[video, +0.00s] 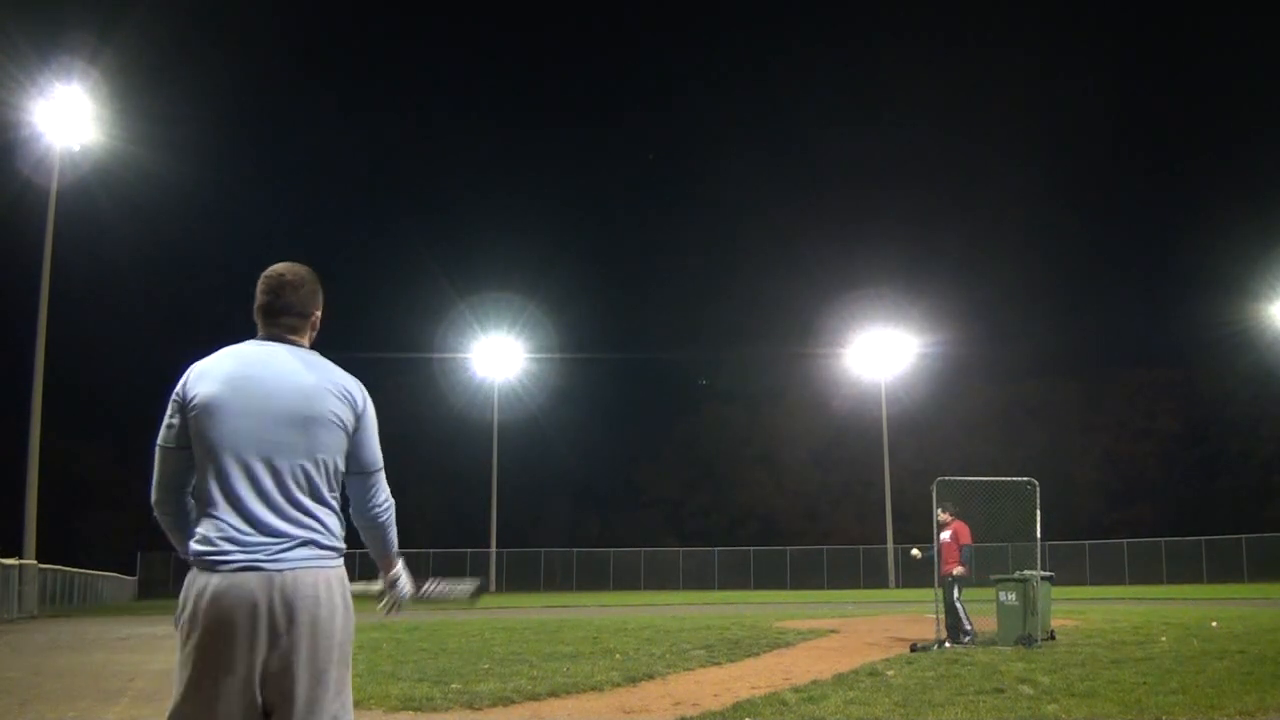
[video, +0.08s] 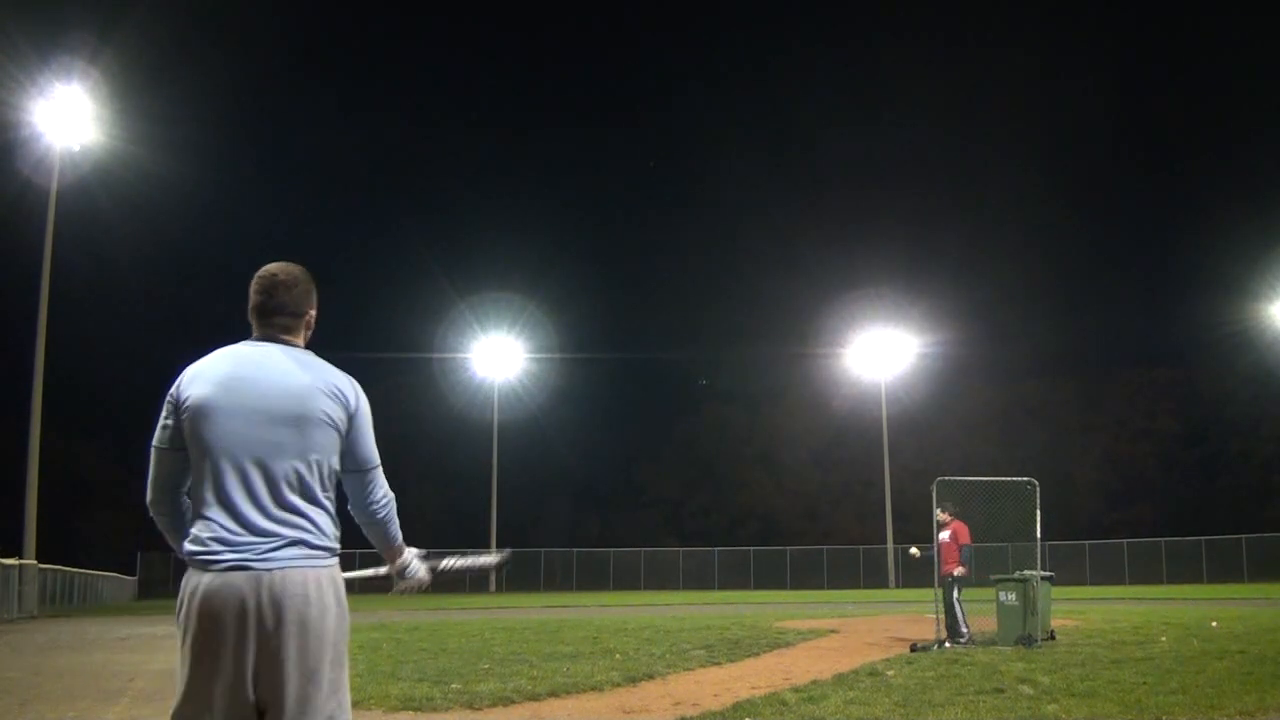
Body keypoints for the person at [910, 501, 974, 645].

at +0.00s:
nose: (938, 518)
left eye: (940, 514)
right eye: (937, 515)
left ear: (948, 514)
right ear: (942, 515)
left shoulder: (959, 526)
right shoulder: (943, 531)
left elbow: (966, 547)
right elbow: (939, 551)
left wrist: (963, 565)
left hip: (955, 571)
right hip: (945, 573)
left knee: (954, 601)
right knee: (948, 604)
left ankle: (968, 632)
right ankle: (952, 635)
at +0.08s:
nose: (937, 517)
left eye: (939, 514)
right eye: (937, 515)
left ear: (948, 514)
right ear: (943, 515)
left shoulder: (959, 526)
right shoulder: (942, 530)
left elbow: (965, 547)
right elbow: (938, 551)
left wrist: (963, 565)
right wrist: (921, 554)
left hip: (955, 571)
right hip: (945, 572)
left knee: (953, 600)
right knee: (947, 603)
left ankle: (963, 633)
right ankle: (951, 634)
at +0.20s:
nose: (936, 517)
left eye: (937, 513)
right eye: (935, 514)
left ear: (945, 513)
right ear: (942, 514)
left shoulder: (957, 526)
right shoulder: (941, 530)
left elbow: (965, 547)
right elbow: (938, 551)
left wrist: (962, 566)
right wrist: (920, 554)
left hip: (954, 573)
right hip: (944, 574)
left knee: (954, 606)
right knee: (947, 606)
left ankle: (954, 636)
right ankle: (948, 635)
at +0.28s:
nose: (935, 516)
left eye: (937, 513)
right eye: (935, 513)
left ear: (945, 513)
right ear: (942, 514)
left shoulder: (956, 526)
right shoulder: (941, 529)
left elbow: (964, 547)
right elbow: (937, 550)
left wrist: (962, 567)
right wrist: (921, 557)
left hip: (953, 573)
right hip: (943, 574)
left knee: (953, 607)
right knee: (946, 607)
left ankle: (954, 637)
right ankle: (949, 636)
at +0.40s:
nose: (935, 514)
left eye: (937, 511)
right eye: (935, 512)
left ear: (946, 512)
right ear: (941, 513)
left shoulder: (955, 527)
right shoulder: (940, 527)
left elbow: (960, 548)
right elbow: (941, 549)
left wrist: (957, 567)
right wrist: (937, 568)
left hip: (951, 573)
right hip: (942, 573)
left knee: (953, 606)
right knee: (946, 606)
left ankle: (955, 636)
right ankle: (948, 635)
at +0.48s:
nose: (935, 514)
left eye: (938, 511)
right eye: (935, 511)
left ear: (946, 512)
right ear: (940, 513)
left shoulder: (954, 526)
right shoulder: (940, 527)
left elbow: (959, 548)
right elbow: (940, 551)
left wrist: (956, 568)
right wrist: (935, 568)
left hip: (951, 573)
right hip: (942, 572)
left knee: (953, 606)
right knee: (945, 605)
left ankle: (955, 636)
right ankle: (948, 635)